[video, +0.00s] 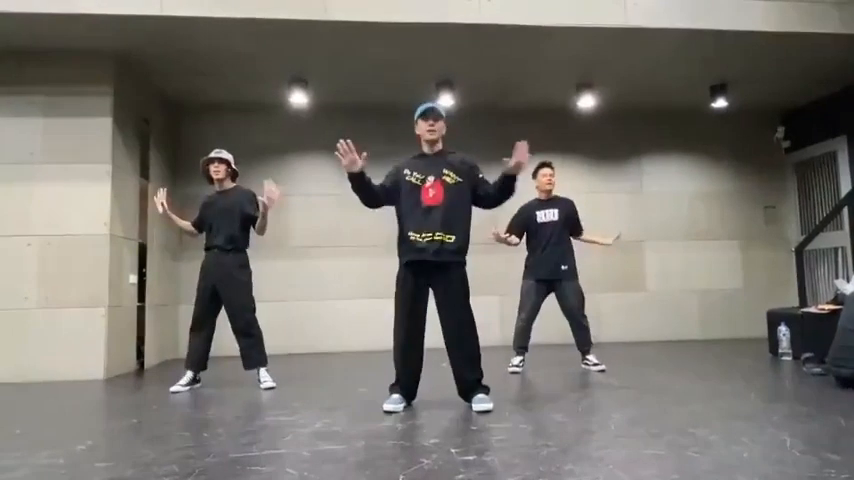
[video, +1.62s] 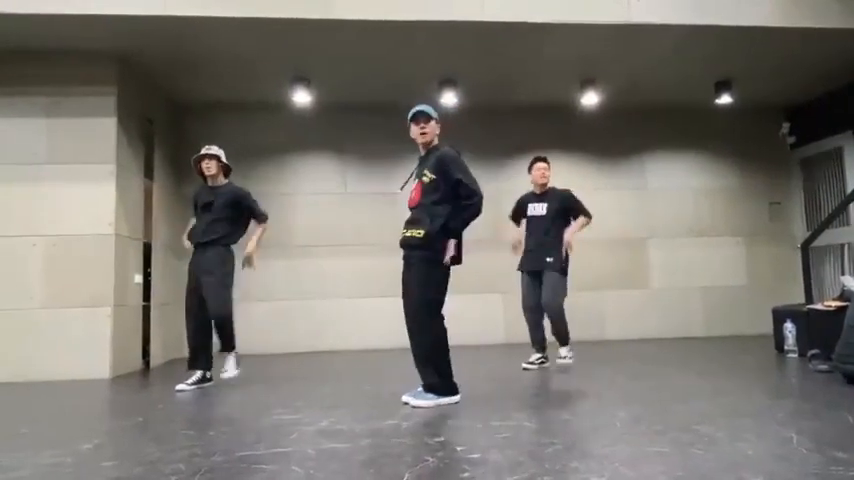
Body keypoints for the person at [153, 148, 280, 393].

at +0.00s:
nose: (215, 167)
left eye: (220, 163)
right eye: (212, 164)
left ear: (230, 168)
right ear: (208, 170)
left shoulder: (245, 195)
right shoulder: (209, 201)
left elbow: (260, 230)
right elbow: (194, 229)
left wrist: (266, 209)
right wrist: (167, 213)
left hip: (236, 263)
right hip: (211, 263)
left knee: (245, 318)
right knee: (202, 318)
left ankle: (261, 370)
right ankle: (192, 372)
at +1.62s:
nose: (206, 164)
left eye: (211, 160)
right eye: (203, 161)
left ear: (221, 164)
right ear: (200, 167)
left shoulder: (235, 192)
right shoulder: (200, 194)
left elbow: (262, 218)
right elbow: (198, 218)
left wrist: (251, 245)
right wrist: (188, 233)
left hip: (220, 255)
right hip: (199, 255)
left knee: (219, 310)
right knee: (195, 314)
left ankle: (230, 353)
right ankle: (202, 370)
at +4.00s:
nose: (187, 158)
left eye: (192, 154)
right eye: (185, 154)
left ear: (203, 158)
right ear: (183, 159)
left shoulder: (215, 185)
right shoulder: (188, 190)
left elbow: (229, 220)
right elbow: (189, 231)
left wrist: (230, 257)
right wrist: (178, 259)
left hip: (212, 253)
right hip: (191, 254)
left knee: (226, 304)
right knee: (180, 306)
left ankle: (255, 353)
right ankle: (182, 358)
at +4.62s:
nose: (231, 153)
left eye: (236, 149)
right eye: (228, 149)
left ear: (245, 154)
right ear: (223, 153)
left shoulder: (256, 185)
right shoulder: (216, 182)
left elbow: (263, 221)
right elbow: (207, 211)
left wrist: (252, 241)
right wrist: (197, 236)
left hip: (247, 249)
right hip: (222, 249)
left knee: (253, 305)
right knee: (209, 293)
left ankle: (261, 357)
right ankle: (250, 296)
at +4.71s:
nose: (231, 154)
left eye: (236, 150)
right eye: (228, 150)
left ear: (245, 154)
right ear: (223, 154)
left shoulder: (256, 186)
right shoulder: (217, 181)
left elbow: (266, 222)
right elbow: (209, 213)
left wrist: (262, 247)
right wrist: (196, 240)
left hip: (248, 251)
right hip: (223, 250)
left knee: (253, 307)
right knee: (205, 295)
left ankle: (262, 357)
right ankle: (234, 321)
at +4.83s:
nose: (229, 160)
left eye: (234, 156)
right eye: (226, 156)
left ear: (244, 160)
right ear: (221, 160)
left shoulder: (255, 190)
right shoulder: (217, 187)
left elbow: (274, 224)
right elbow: (209, 215)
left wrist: (286, 249)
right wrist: (196, 240)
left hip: (246, 258)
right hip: (222, 257)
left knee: (253, 307)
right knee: (202, 305)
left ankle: (264, 359)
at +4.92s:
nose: (223, 153)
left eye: (228, 149)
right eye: (220, 149)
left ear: (238, 154)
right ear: (216, 153)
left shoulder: (249, 183)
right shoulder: (212, 180)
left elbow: (271, 213)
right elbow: (205, 209)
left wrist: (292, 236)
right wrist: (193, 232)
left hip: (236, 250)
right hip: (212, 249)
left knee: (246, 301)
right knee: (186, 295)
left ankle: (264, 354)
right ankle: (174, 347)